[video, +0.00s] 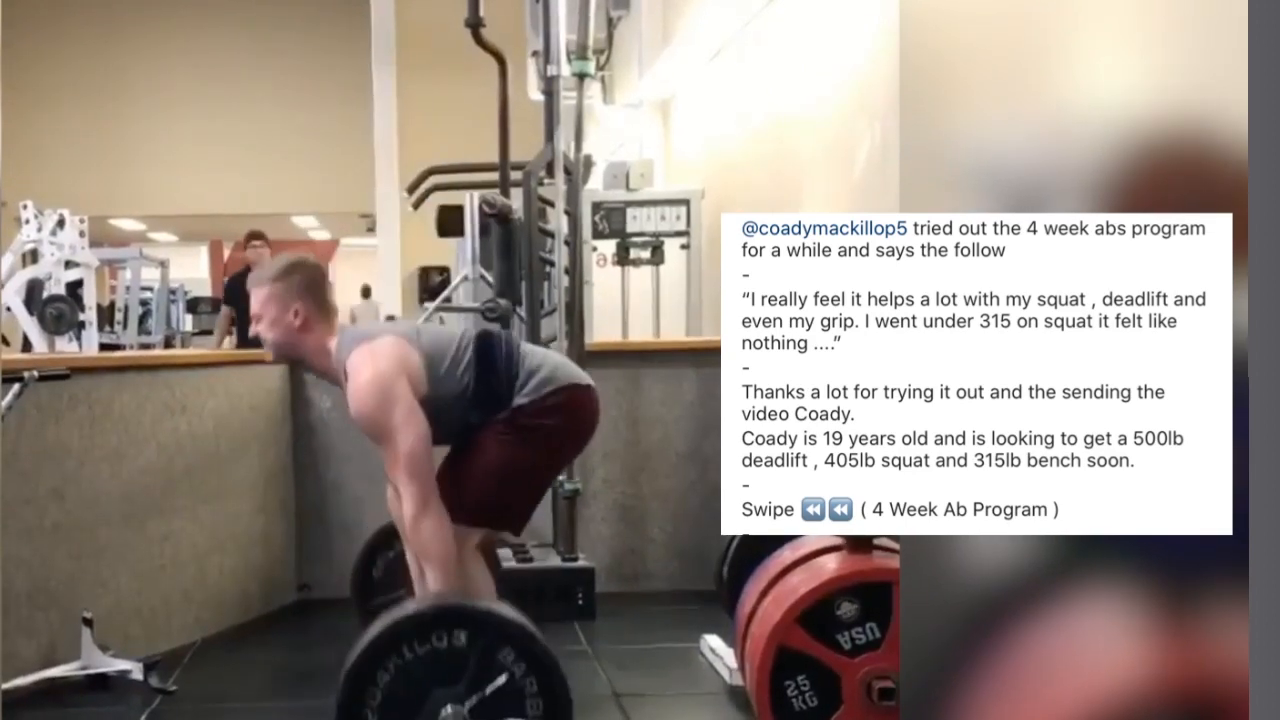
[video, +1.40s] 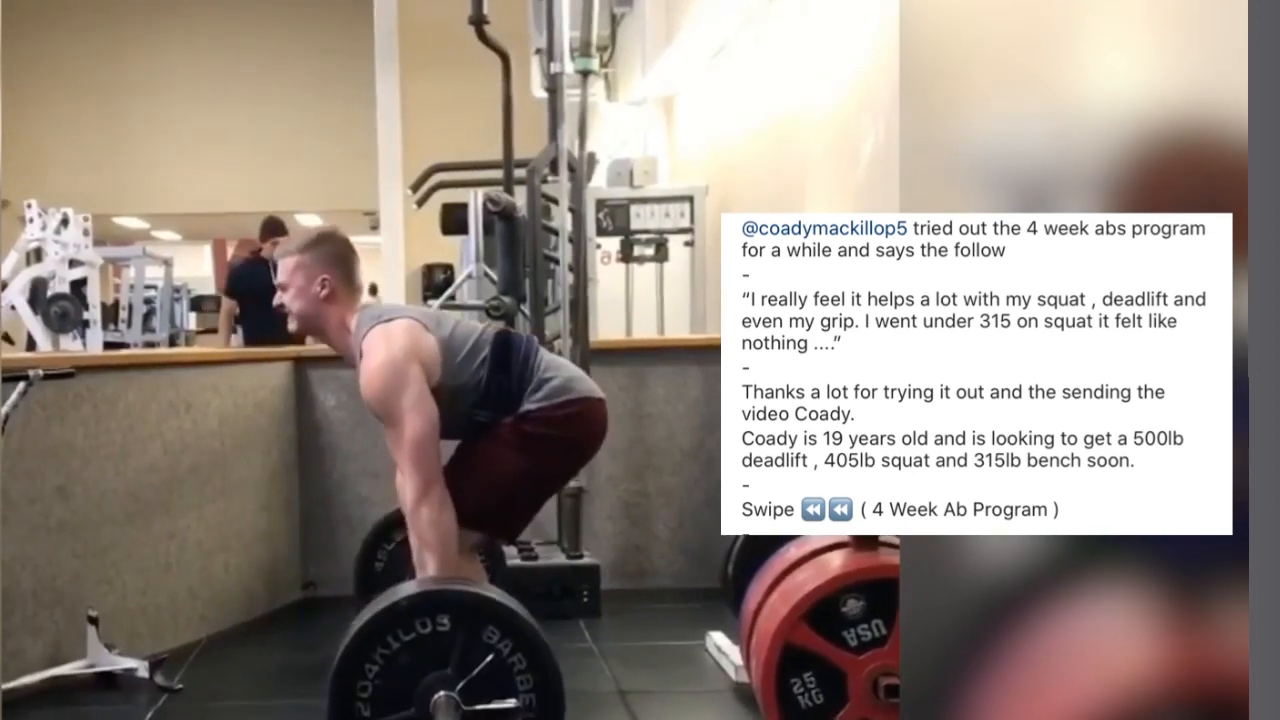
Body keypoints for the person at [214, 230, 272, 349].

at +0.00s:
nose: (258, 251)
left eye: (262, 246)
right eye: (253, 247)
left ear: (270, 250)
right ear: (245, 252)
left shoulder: (279, 278)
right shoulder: (236, 281)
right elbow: (225, 316)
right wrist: (215, 348)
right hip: (246, 348)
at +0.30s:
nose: (244, 250)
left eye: (247, 245)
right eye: (237, 245)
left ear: (252, 247)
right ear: (228, 249)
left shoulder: (266, 273)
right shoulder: (219, 280)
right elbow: (209, 317)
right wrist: (203, 350)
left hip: (267, 348)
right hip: (232, 349)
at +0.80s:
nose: (262, 252)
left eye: (266, 246)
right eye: (256, 246)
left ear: (269, 247)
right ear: (242, 247)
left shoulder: (277, 276)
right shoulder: (223, 275)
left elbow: (288, 315)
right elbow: (206, 314)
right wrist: (198, 351)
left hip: (271, 357)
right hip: (232, 359)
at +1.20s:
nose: (278, 248)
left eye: (281, 242)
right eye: (273, 242)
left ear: (286, 241)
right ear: (259, 241)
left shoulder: (286, 267)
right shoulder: (239, 266)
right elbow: (220, 304)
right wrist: (214, 344)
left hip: (282, 347)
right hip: (248, 349)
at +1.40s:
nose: (279, 249)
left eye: (282, 243)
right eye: (274, 244)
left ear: (287, 241)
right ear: (263, 242)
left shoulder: (288, 267)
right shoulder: (244, 271)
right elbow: (227, 311)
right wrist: (224, 349)